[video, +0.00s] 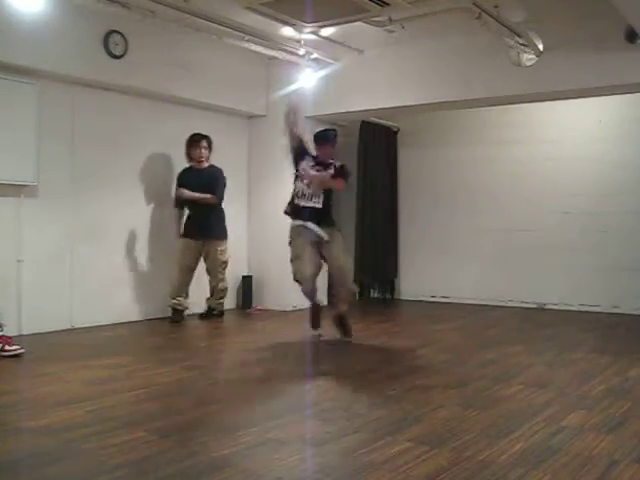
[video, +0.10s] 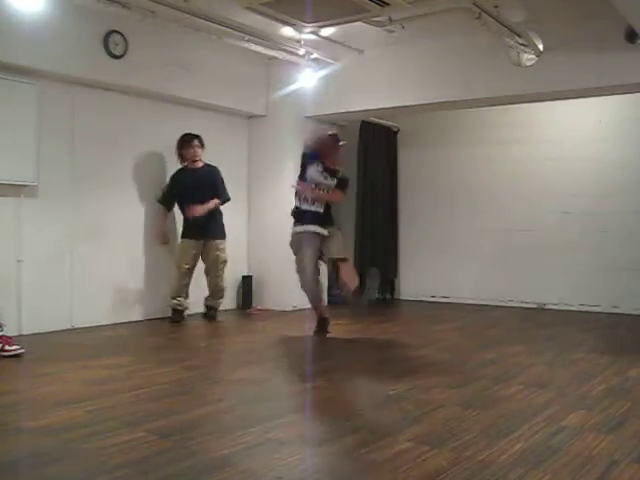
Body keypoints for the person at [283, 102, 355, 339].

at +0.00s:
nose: (331, 150)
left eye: (333, 146)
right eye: (328, 146)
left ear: (335, 147)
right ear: (318, 146)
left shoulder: (337, 168)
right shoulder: (303, 158)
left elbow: (339, 184)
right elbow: (293, 132)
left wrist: (317, 178)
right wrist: (291, 113)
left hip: (327, 226)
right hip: (302, 225)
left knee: (342, 269)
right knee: (304, 273)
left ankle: (340, 313)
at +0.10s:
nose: (336, 155)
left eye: (337, 150)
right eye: (333, 151)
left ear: (338, 151)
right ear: (323, 150)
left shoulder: (340, 177)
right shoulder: (307, 161)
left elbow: (338, 196)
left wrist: (311, 192)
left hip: (328, 226)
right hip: (306, 225)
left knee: (341, 256)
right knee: (307, 277)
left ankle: (354, 288)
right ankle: (321, 317)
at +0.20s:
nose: (342, 159)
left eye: (343, 154)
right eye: (338, 154)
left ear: (340, 155)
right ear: (327, 156)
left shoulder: (338, 179)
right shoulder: (312, 169)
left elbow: (337, 203)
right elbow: (325, 185)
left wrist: (315, 206)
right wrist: (339, 191)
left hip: (327, 230)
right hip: (306, 233)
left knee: (348, 237)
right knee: (311, 283)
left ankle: (350, 272)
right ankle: (324, 318)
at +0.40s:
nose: (344, 156)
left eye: (344, 151)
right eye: (339, 152)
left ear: (344, 154)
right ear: (328, 155)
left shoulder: (348, 182)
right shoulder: (316, 170)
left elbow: (346, 212)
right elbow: (315, 198)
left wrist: (336, 228)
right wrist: (323, 222)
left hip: (333, 229)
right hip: (309, 231)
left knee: (367, 241)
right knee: (310, 286)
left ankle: (339, 268)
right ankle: (324, 317)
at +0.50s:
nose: (340, 156)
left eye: (342, 151)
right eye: (335, 152)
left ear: (345, 152)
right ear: (326, 154)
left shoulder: (351, 182)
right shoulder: (314, 171)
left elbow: (354, 213)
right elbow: (312, 202)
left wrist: (354, 237)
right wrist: (324, 226)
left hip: (340, 234)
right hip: (314, 234)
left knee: (373, 265)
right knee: (311, 290)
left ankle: (343, 286)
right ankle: (323, 318)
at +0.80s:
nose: (336, 155)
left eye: (339, 150)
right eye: (332, 150)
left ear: (341, 150)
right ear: (322, 150)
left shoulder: (347, 172)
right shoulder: (311, 179)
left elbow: (358, 198)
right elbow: (303, 213)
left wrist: (370, 221)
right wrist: (323, 228)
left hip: (358, 234)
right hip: (334, 237)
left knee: (369, 280)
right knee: (332, 283)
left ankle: (348, 318)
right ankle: (325, 319)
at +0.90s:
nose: (340, 152)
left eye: (342, 148)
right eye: (336, 148)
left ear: (344, 148)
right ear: (326, 148)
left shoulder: (350, 167)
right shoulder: (314, 175)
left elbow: (362, 182)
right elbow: (303, 204)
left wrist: (363, 194)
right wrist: (324, 203)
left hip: (356, 231)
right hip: (332, 234)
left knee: (367, 280)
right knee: (330, 282)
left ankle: (347, 317)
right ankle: (324, 319)